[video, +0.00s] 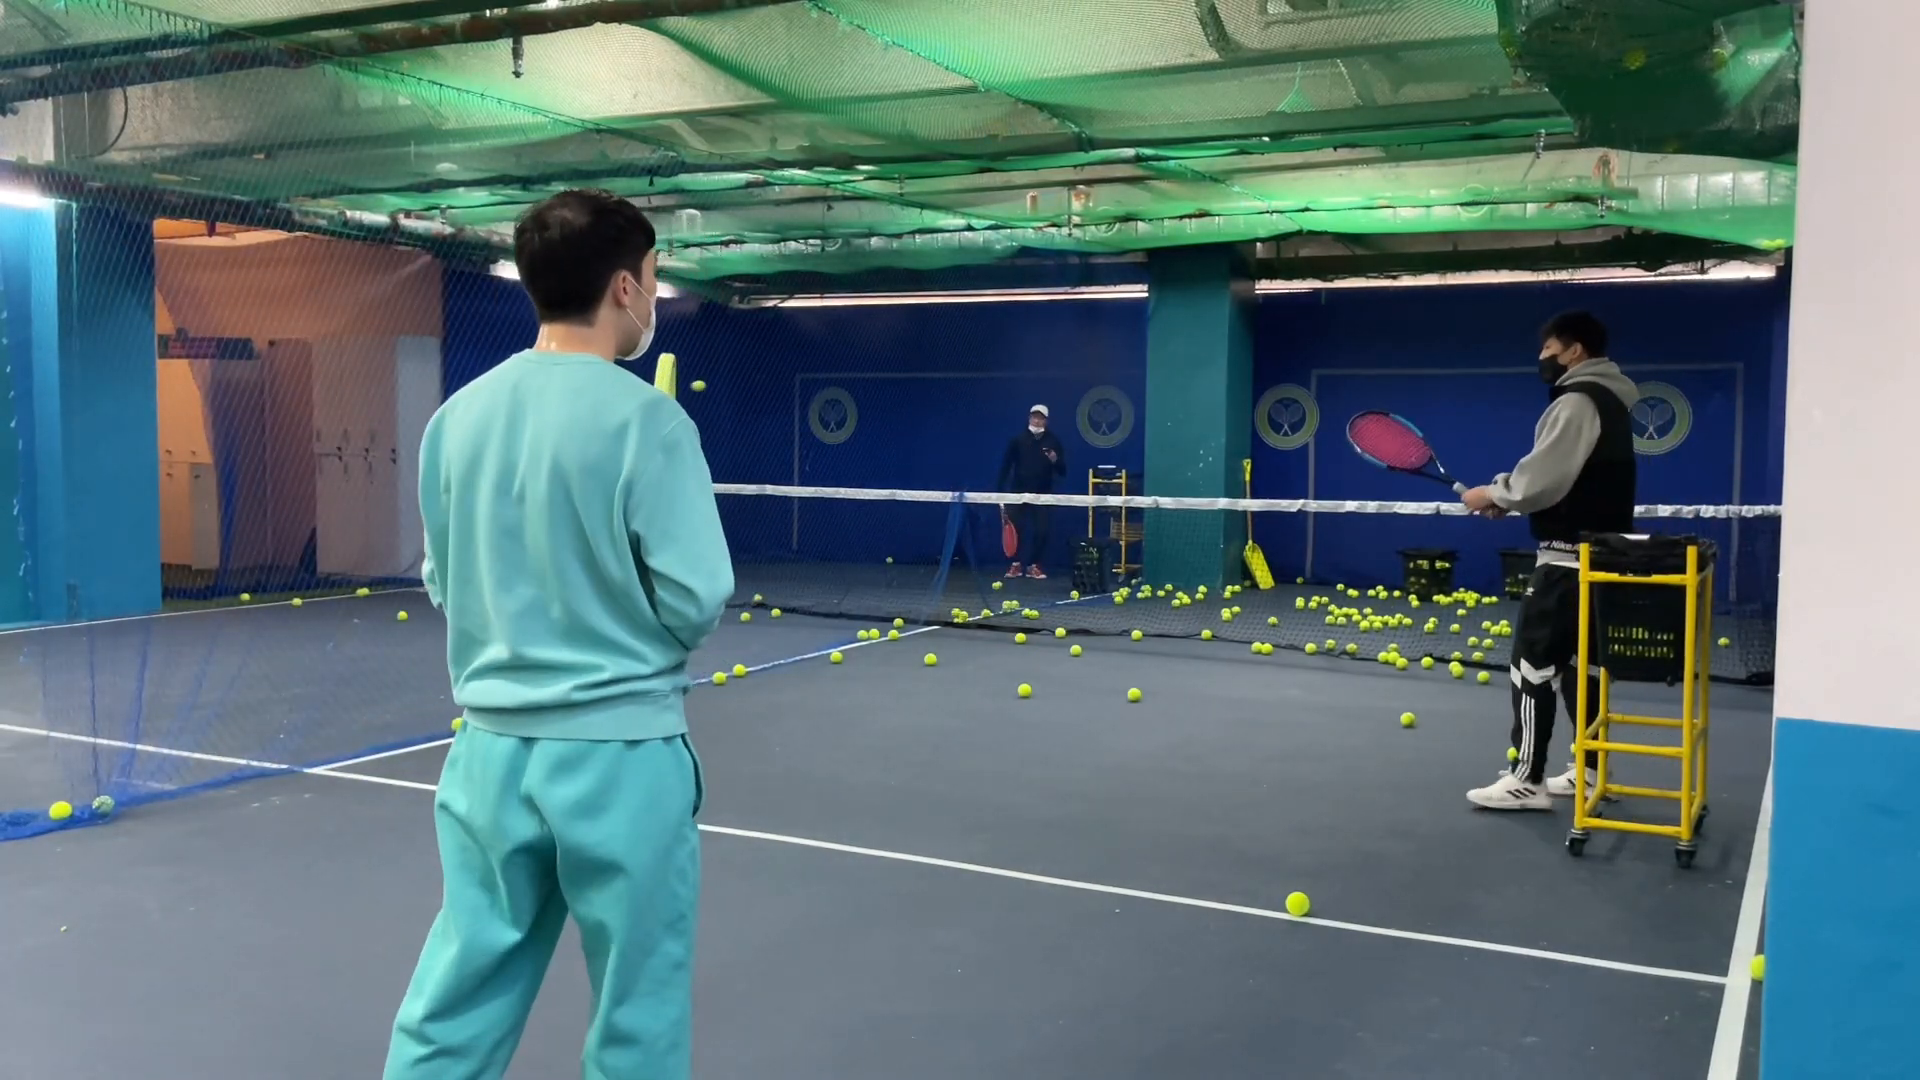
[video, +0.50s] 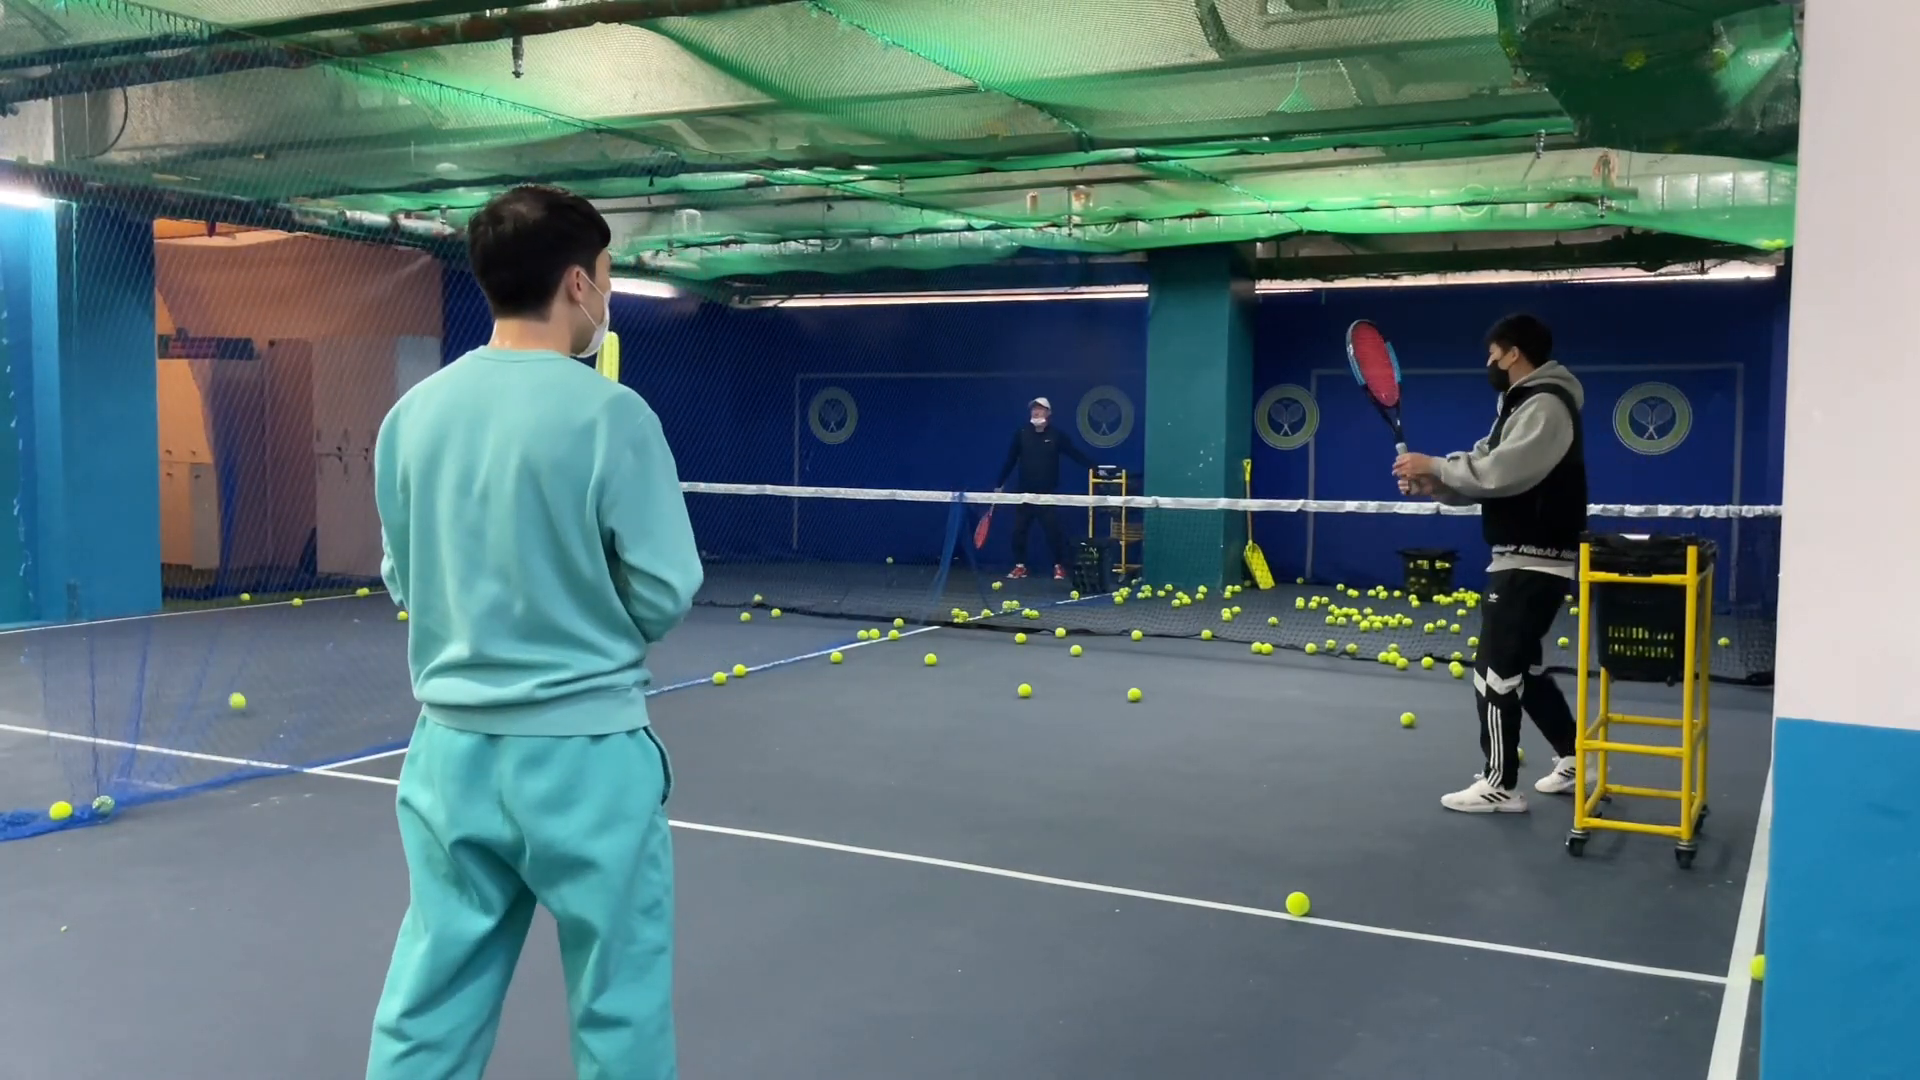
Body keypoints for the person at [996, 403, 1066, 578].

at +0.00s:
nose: (1036, 421)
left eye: (1040, 417)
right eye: (1034, 417)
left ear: (1046, 421)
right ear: (1029, 419)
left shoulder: (1052, 441)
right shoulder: (1019, 440)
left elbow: (1062, 471)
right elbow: (1005, 468)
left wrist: (1055, 461)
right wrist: (1000, 494)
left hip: (1042, 491)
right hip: (1018, 490)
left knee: (1041, 529)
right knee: (1017, 528)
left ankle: (1033, 565)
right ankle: (1016, 563)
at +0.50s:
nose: (1037, 416)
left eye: (1041, 413)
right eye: (1034, 413)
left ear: (1048, 415)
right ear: (1030, 414)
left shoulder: (1056, 436)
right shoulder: (1022, 435)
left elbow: (1075, 454)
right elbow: (1011, 460)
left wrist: (1093, 467)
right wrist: (999, 483)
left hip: (1048, 490)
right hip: (1025, 489)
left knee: (1053, 530)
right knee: (1020, 529)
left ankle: (1059, 565)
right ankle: (1020, 565)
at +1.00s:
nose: (1052, 412)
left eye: (1056, 409)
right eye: (1050, 408)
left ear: (1063, 412)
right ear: (1046, 411)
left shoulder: (1070, 436)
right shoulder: (1036, 433)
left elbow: (1090, 455)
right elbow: (1028, 458)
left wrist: (1101, 470)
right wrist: (1021, 480)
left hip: (1059, 489)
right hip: (1034, 487)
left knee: (1059, 529)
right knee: (1026, 527)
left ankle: (1059, 565)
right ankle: (1024, 564)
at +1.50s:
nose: (1040, 412)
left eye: (1044, 409)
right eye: (1038, 409)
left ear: (1052, 412)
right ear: (1035, 412)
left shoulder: (1062, 434)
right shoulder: (1031, 434)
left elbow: (1071, 461)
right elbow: (1025, 458)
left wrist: (1056, 468)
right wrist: (1014, 474)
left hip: (1055, 488)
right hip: (1033, 487)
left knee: (1058, 527)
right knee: (1026, 525)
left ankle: (1063, 564)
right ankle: (1024, 564)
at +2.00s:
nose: (1037, 432)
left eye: (1039, 428)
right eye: (1036, 429)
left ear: (1049, 426)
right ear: (1043, 428)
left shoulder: (1064, 439)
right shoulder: (1046, 447)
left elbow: (1074, 461)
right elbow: (1044, 477)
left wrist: (1058, 470)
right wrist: (1033, 500)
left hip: (1074, 491)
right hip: (1058, 491)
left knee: (1072, 529)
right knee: (1047, 526)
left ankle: (1075, 567)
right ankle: (1041, 564)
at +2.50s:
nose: (1045, 417)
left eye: (1048, 413)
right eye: (1044, 414)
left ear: (1058, 414)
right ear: (1044, 416)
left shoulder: (1072, 432)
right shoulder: (1044, 439)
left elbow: (1090, 454)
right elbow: (1045, 468)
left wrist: (1080, 458)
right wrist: (1040, 465)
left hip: (1077, 485)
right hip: (1057, 486)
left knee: (1075, 526)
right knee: (1049, 524)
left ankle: (1077, 567)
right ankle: (1041, 564)